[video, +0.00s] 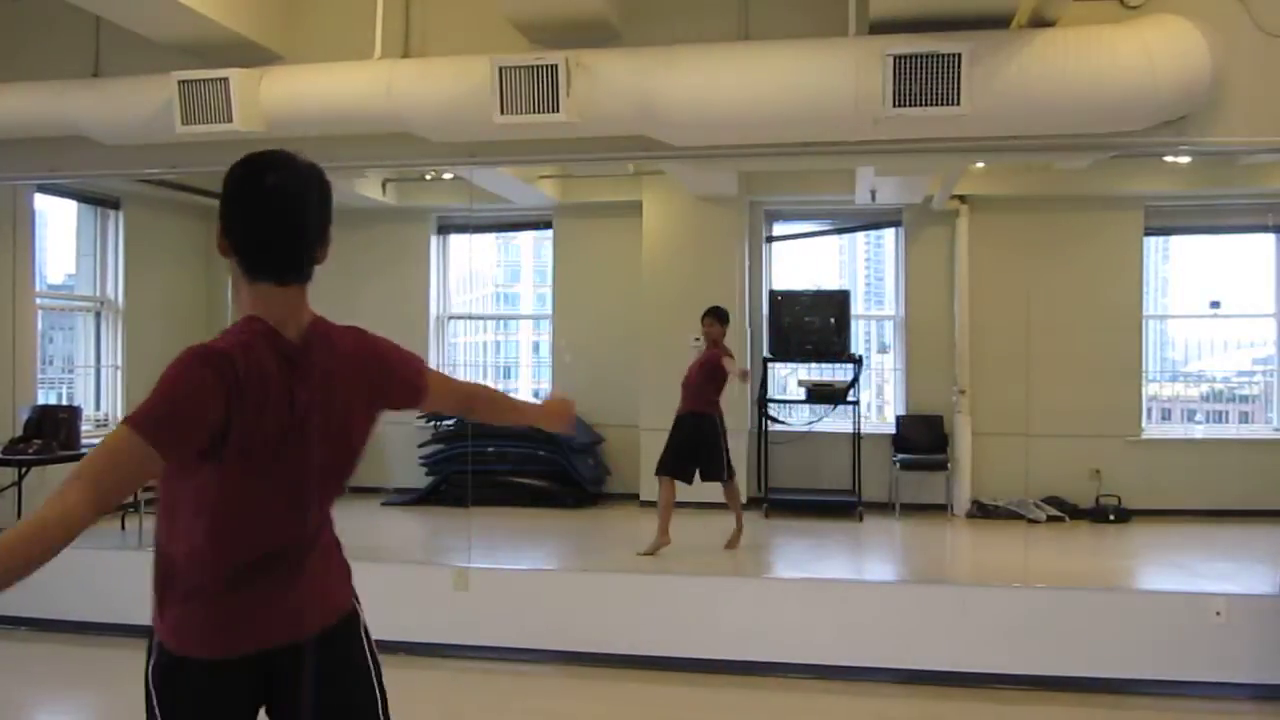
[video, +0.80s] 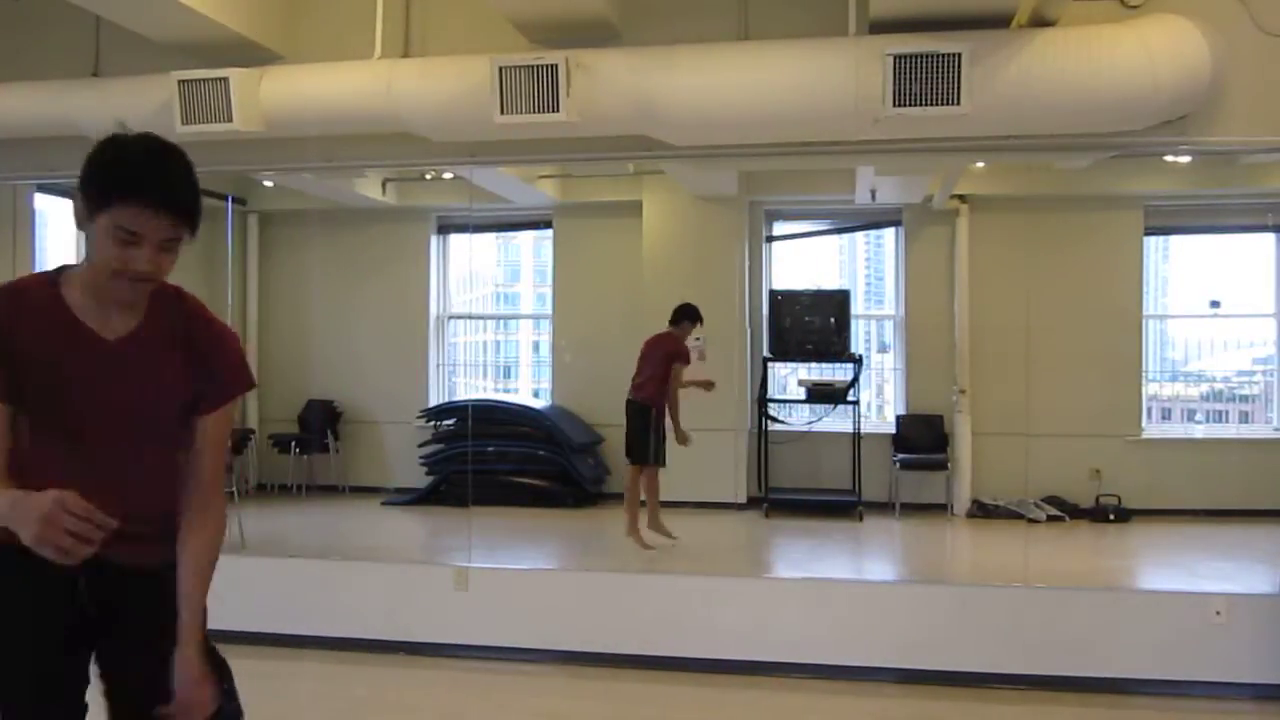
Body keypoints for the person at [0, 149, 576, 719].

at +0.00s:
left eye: (224, 231)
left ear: (227, 245)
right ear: (324, 248)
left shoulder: (204, 375)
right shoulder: (359, 359)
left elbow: (78, 502)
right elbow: (457, 398)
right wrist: (540, 417)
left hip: (205, 650)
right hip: (322, 638)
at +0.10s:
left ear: (199, 239)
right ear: (298, 254)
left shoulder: (185, 359)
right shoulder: (300, 346)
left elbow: (94, 373)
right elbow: (351, 363)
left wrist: (84, 284)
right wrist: (383, 365)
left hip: (173, 611)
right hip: (276, 582)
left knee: (199, 710)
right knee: (357, 704)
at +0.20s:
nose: (182, 229)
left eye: (194, 217)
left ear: (190, 231)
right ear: (284, 256)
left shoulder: (156, 323)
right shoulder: (254, 352)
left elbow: (132, 173)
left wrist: (246, 24)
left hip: (168, 601)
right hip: (263, 557)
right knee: (399, 620)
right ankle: (549, 679)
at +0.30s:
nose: (170, 202)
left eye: (188, 194)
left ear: (189, 215)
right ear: (271, 250)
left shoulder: (162, 287)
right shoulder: (227, 342)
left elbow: (131, 90)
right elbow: (141, 375)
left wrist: (223, 1)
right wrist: (63, 357)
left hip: (179, 576)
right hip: (242, 534)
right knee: (355, 562)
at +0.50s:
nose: (122, 231)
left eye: (134, 221)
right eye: (127, 222)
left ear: (159, 231)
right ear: (212, 240)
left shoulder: (186, 291)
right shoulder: (153, 322)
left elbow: (34, 181)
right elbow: (96, 424)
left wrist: (19, 179)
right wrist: (11, 457)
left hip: (195, 589)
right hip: (147, 576)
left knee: (204, 708)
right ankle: (286, 663)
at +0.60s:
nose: (65, 261)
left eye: (72, 241)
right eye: (69, 242)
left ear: (104, 246)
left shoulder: (167, 325)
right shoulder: (104, 366)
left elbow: (81, 362)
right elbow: (40, 480)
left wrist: (8, 450)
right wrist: (10, 514)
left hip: (198, 612)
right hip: (131, 600)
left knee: (206, 713)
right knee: (120, 711)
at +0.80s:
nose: (145, 263)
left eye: (167, 246)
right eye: (126, 239)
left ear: (185, 243)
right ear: (84, 219)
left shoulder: (204, 345)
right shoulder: (14, 316)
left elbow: (205, 503)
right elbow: (1, 473)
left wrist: (190, 644)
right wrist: (16, 509)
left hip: (150, 588)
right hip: (32, 585)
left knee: (201, 706)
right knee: (31, 705)